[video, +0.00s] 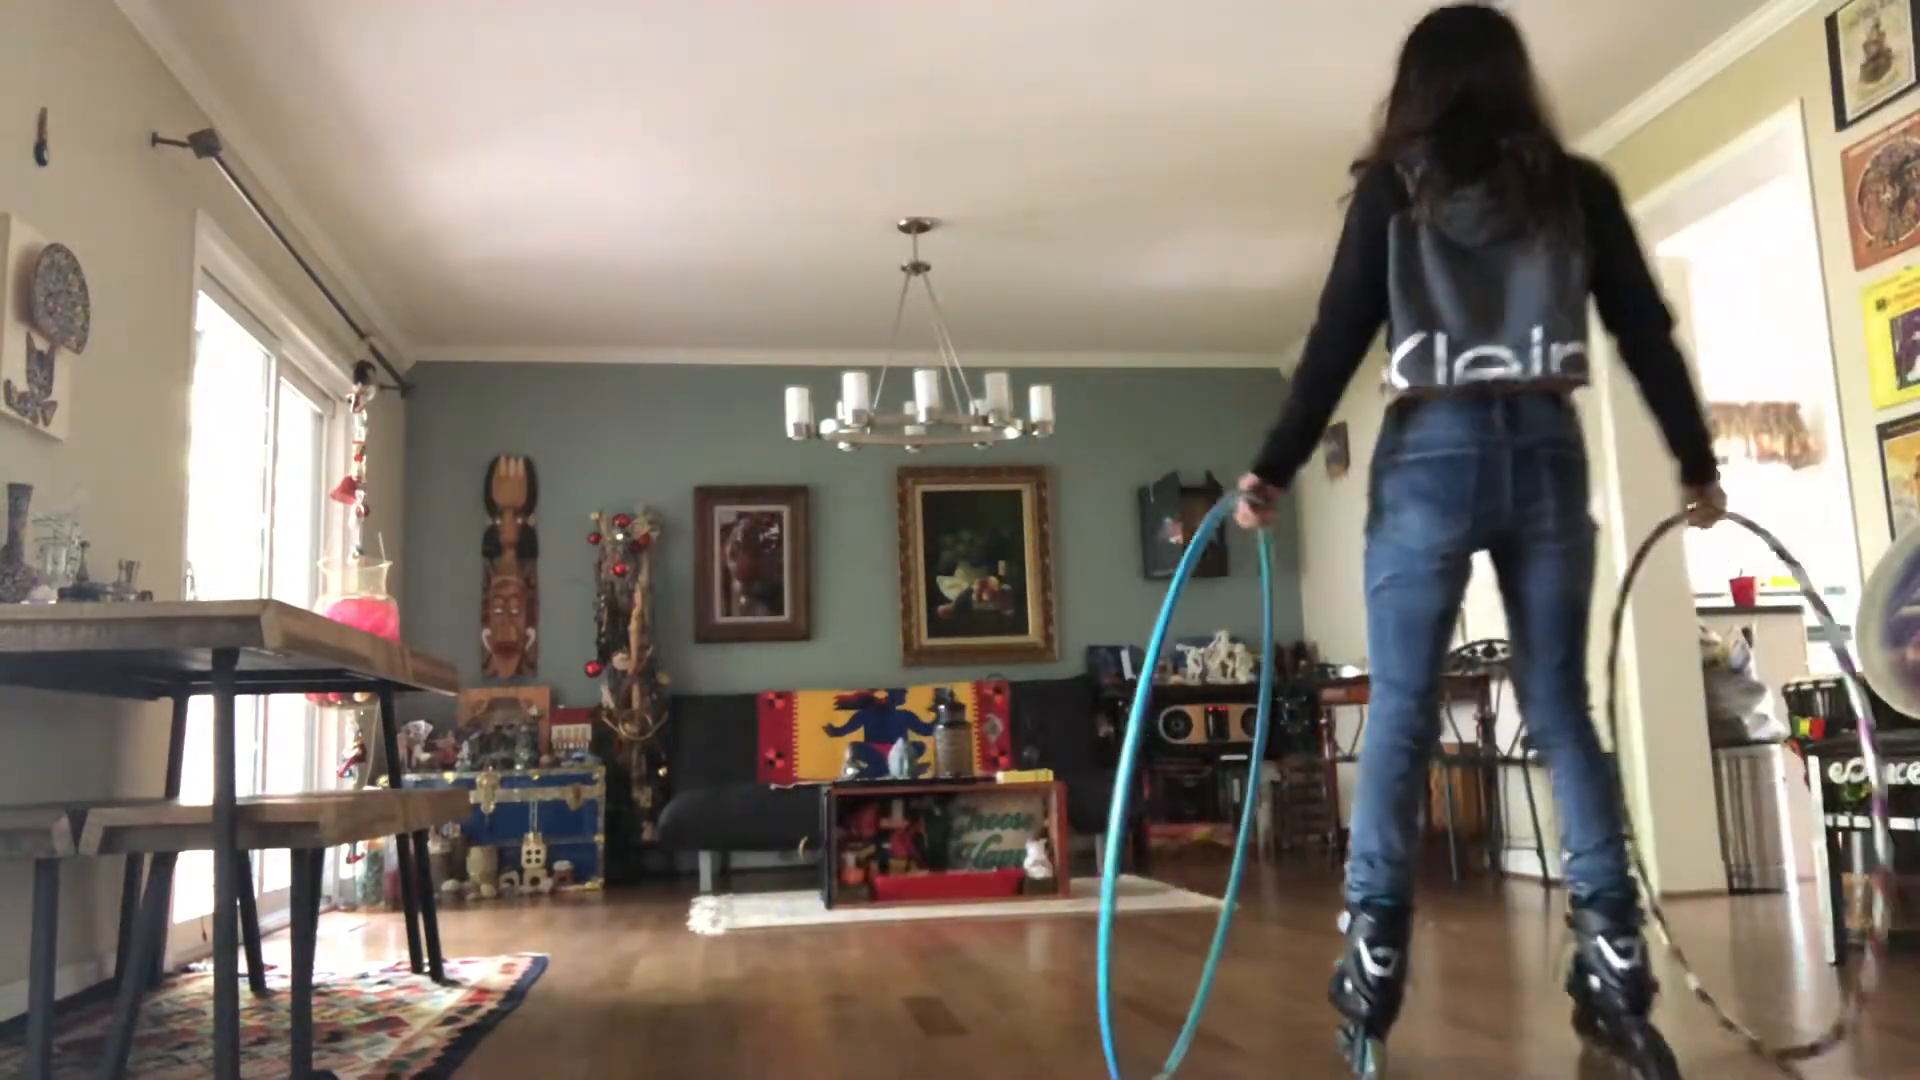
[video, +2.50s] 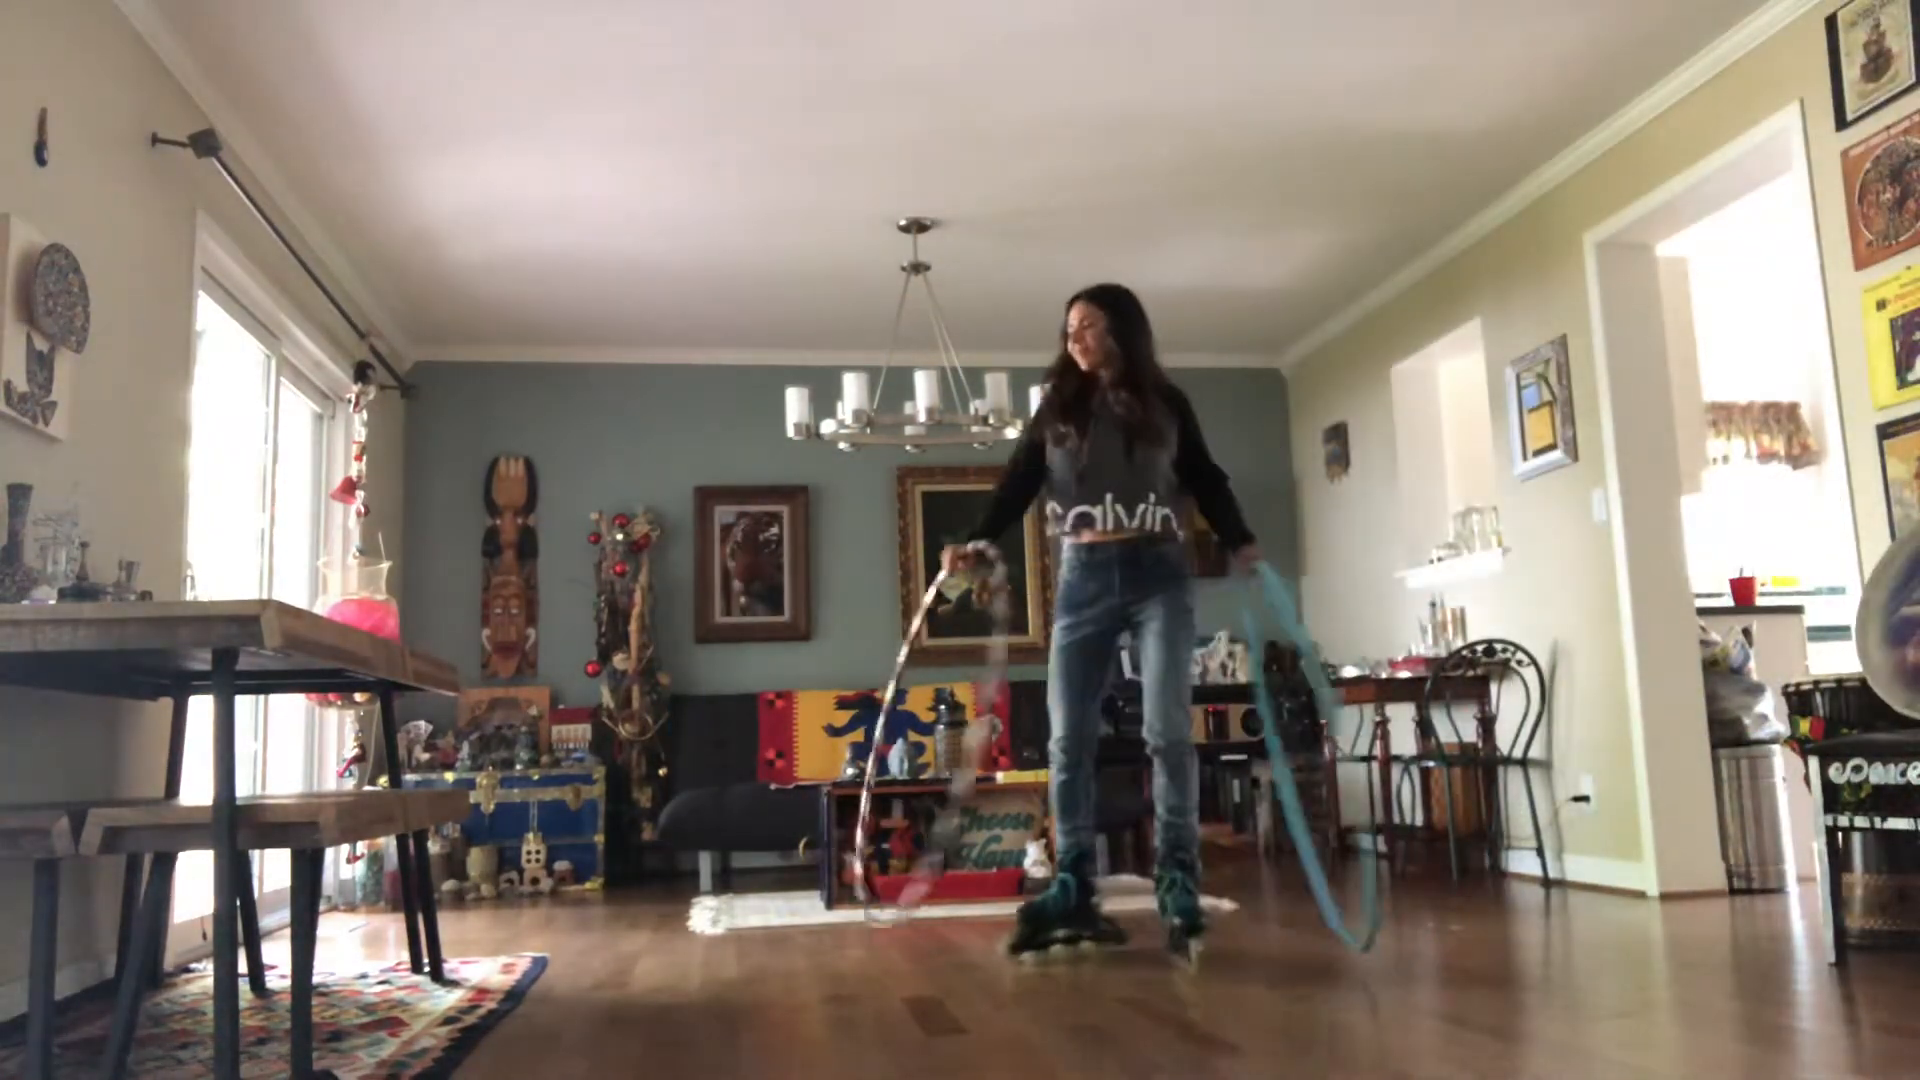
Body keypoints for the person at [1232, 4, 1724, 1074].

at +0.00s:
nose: (1402, 94)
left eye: (1410, 76)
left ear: (1416, 85)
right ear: (1520, 79)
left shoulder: (1389, 187)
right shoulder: (1578, 184)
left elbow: (1340, 338)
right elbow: (1642, 328)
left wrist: (1271, 465)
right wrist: (1696, 458)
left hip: (1429, 442)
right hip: (1551, 442)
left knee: (1401, 704)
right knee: (1559, 703)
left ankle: (1375, 951)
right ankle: (1615, 951)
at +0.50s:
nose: (1316, 202)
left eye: (1324, 184)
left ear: (1335, 190)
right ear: (1418, 189)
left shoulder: (1329, 274)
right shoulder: (1464, 278)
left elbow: (1318, 403)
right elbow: (1505, 410)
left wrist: (1274, 530)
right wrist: (1531, 525)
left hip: (1351, 502)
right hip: (1443, 500)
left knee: (1326, 712)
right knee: (1469, 718)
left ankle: (1319, 921)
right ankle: (1537, 919)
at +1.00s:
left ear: (1284, 273)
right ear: (1364, 267)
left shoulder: (1264, 346)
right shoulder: (1400, 337)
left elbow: (1229, 456)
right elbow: (1447, 445)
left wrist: (1200, 557)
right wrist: (1490, 544)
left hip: (1289, 531)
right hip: (1383, 529)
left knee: (1283, 717)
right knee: (1405, 719)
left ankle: (1266, 894)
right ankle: (1460, 893)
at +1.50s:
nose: (1231, 334)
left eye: (1236, 321)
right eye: (1234, 321)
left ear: (1250, 322)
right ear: (1299, 319)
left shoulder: (1266, 378)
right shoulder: (1326, 379)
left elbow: (1274, 478)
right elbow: (1357, 491)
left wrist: (1238, 572)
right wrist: (1328, 551)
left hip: (1290, 561)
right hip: (1332, 561)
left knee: (1237, 729)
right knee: (1336, 735)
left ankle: (1268, 887)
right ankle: (1384, 887)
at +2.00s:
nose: (1134, 354)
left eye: (1145, 341)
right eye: (1133, 342)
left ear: (1178, 343)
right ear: (1139, 347)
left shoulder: (1222, 403)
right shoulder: (1144, 415)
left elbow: (1270, 493)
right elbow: (1136, 509)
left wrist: (1280, 584)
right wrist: (1092, 567)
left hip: (1206, 562)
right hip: (1148, 568)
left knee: (1170, 725)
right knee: (1147, 730)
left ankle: (1214, 878)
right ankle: (1156, 875)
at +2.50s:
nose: (1078, 340)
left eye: (1090, 328)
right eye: (1072, 332)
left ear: (1123, 331)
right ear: (1067, 341)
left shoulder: (1165, 403)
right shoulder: (1058, 407)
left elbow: (1202, 475)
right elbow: (1021, 479)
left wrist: (1238, 537)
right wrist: (982, 539)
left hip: (1159, 573)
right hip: (1082, 579)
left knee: (1167, 732)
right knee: (1069, 738)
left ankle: (1178, 881)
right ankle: (1074, 887)